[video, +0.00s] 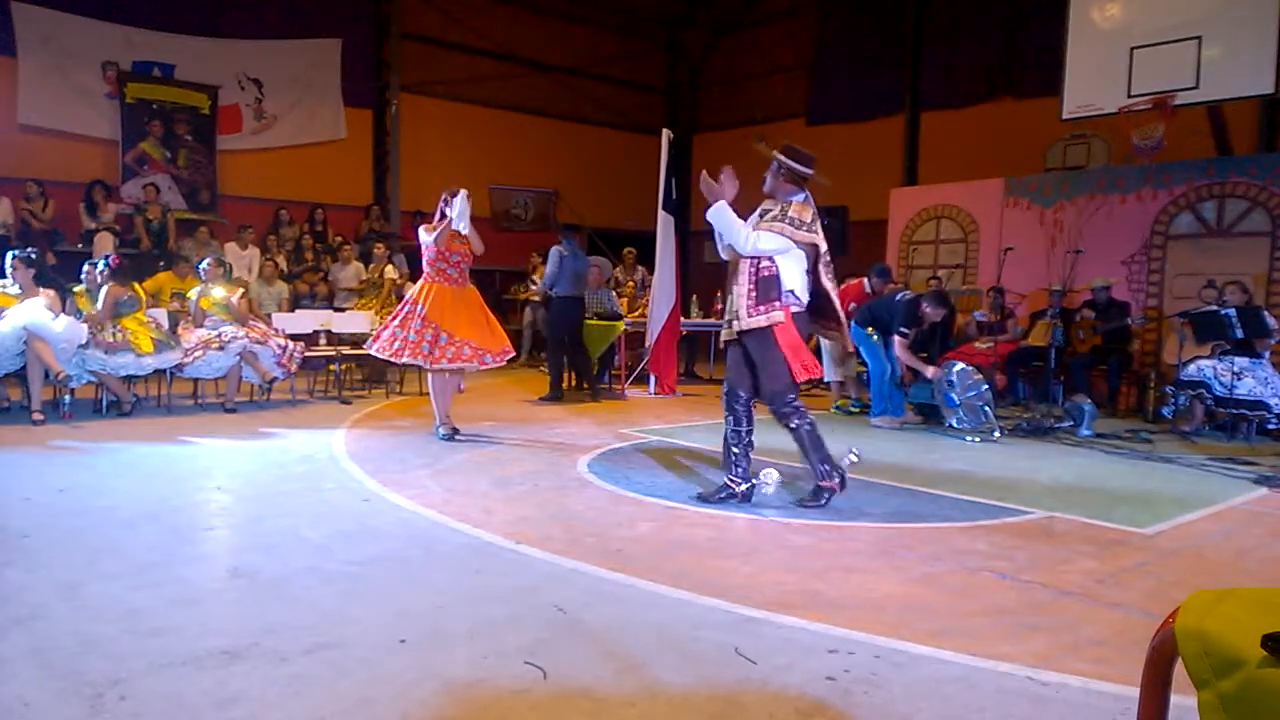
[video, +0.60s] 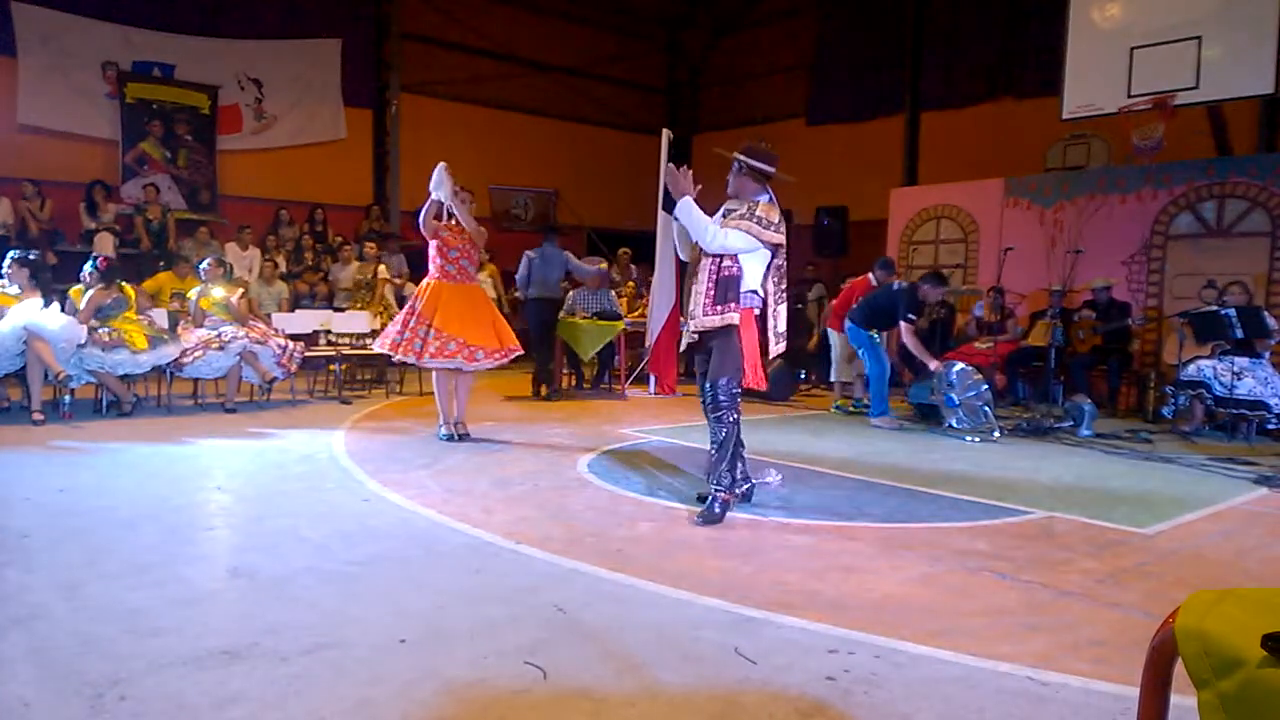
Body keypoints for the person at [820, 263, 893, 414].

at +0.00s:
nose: (884, 288)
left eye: (886, 284)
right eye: (883, 283)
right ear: (873, 279)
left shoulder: (876, 294)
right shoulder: (855, 291)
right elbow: (839, 316)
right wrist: (845, 340)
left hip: (849, 328)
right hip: (831, 326)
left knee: (851, 365)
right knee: (835, 365)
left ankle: (855, 398)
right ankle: (837, 400)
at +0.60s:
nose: (890, 279)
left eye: (892, 276)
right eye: (888, 275)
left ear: (885, 273)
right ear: (878, 271)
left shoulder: (878, 287)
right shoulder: (863, 285)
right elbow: (857, 311)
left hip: (855, 325)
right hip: (838, 323)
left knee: (859, 362)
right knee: (840, 361)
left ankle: (859, 397)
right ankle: (838, 399)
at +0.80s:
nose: (893, 277)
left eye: (894, 272)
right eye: (890, 272)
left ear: (894, 272)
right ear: (878, 269)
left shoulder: (882, 285)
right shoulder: (864, 284)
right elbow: (860, 311)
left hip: (857, 326)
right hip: (841, 325)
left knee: (861, 363)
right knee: (845, 362)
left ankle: (859, 398)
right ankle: (840, 399)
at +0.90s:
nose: (892, 275)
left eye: (894, 270)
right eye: (890, 270)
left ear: (891, 270)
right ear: (879, 268)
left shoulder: (884, 285)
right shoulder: (863, 283)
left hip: (862, 326)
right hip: (845, 325)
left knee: (863, 363)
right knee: (848, 362)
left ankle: (859, 398)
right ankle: (841, 398)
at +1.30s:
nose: (892, 270)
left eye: (893, 266)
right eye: (889, 265)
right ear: (879, 263)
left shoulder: (883, 281)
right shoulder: (864, 281)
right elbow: (854, 307)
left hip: (872, 325)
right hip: (858, 325)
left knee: (867, 361)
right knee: (855, 360)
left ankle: (860, 397)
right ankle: (844, 396)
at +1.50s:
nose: (892, 269)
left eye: (893, 265)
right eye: (889, 264)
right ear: (879, 262)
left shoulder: (884, 280)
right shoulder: (864, 281)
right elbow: (857, 307)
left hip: (874, 325)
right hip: (861, 326)